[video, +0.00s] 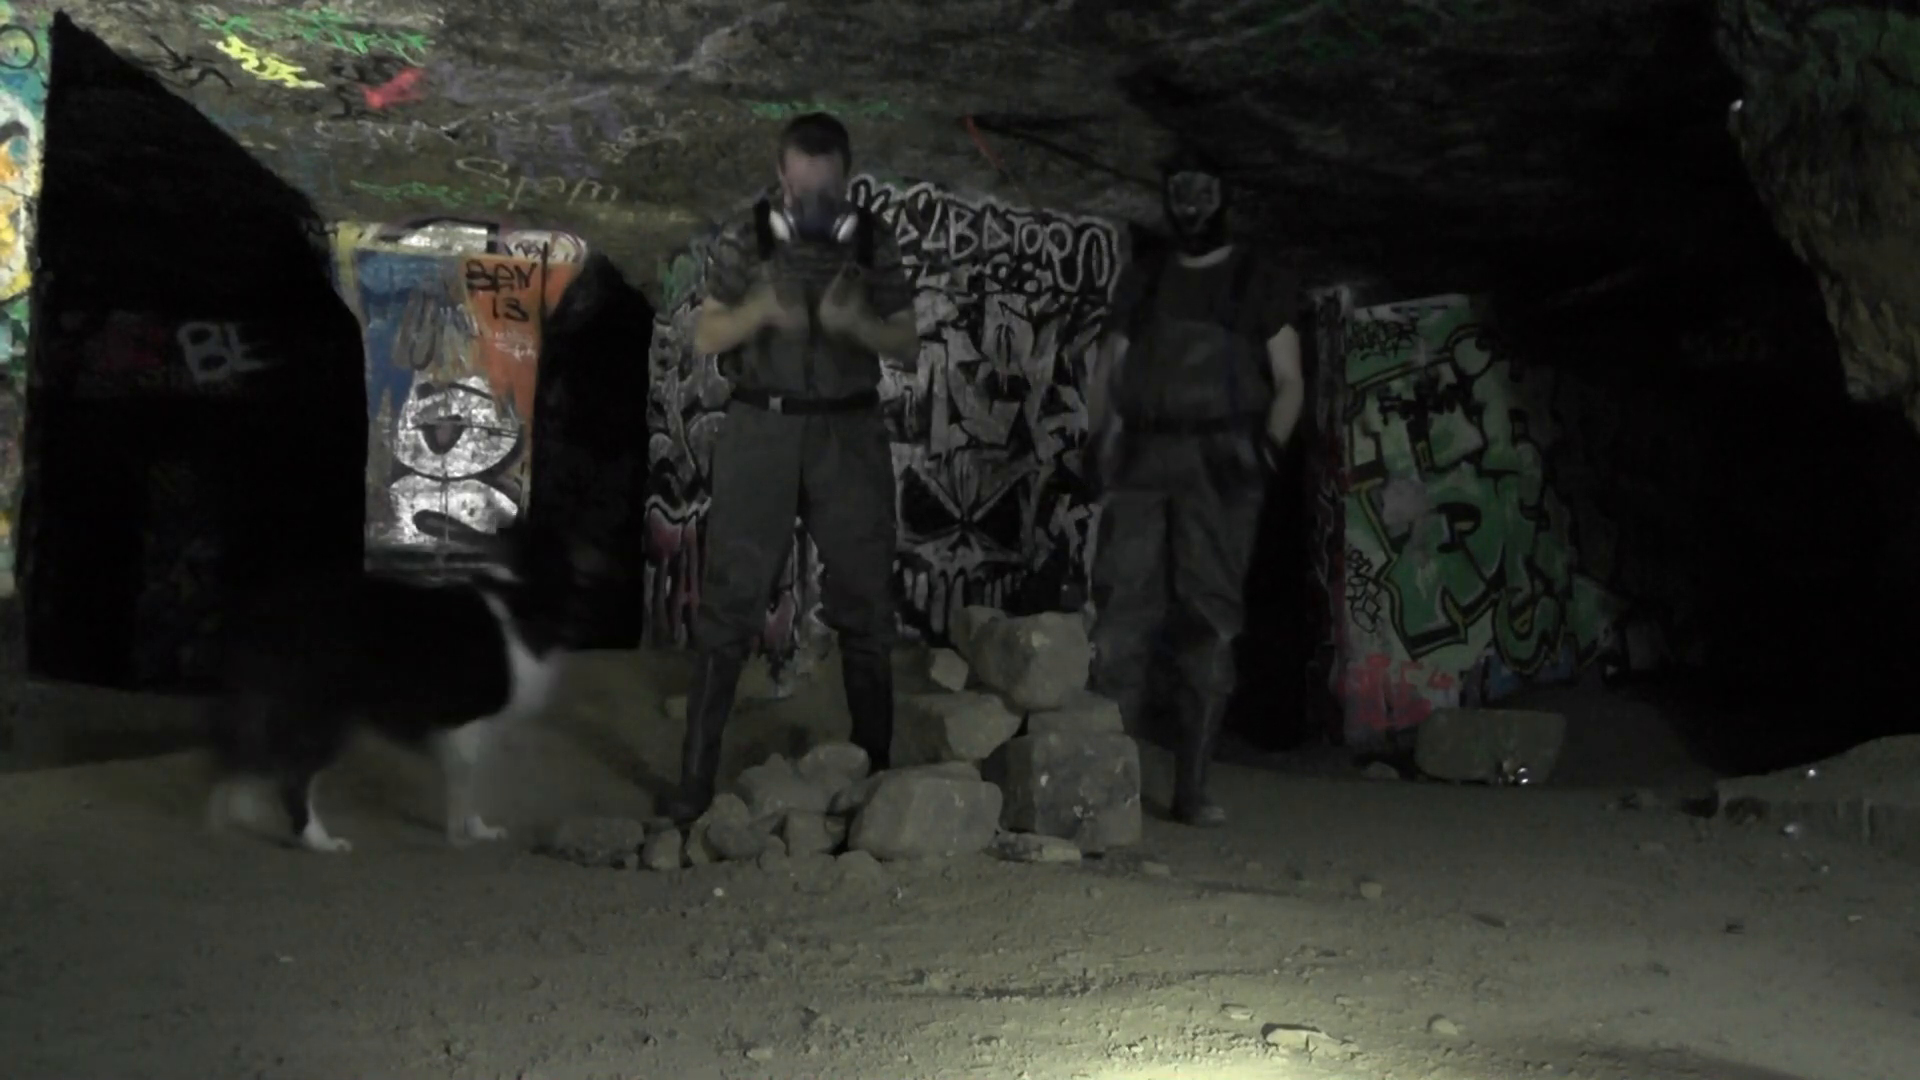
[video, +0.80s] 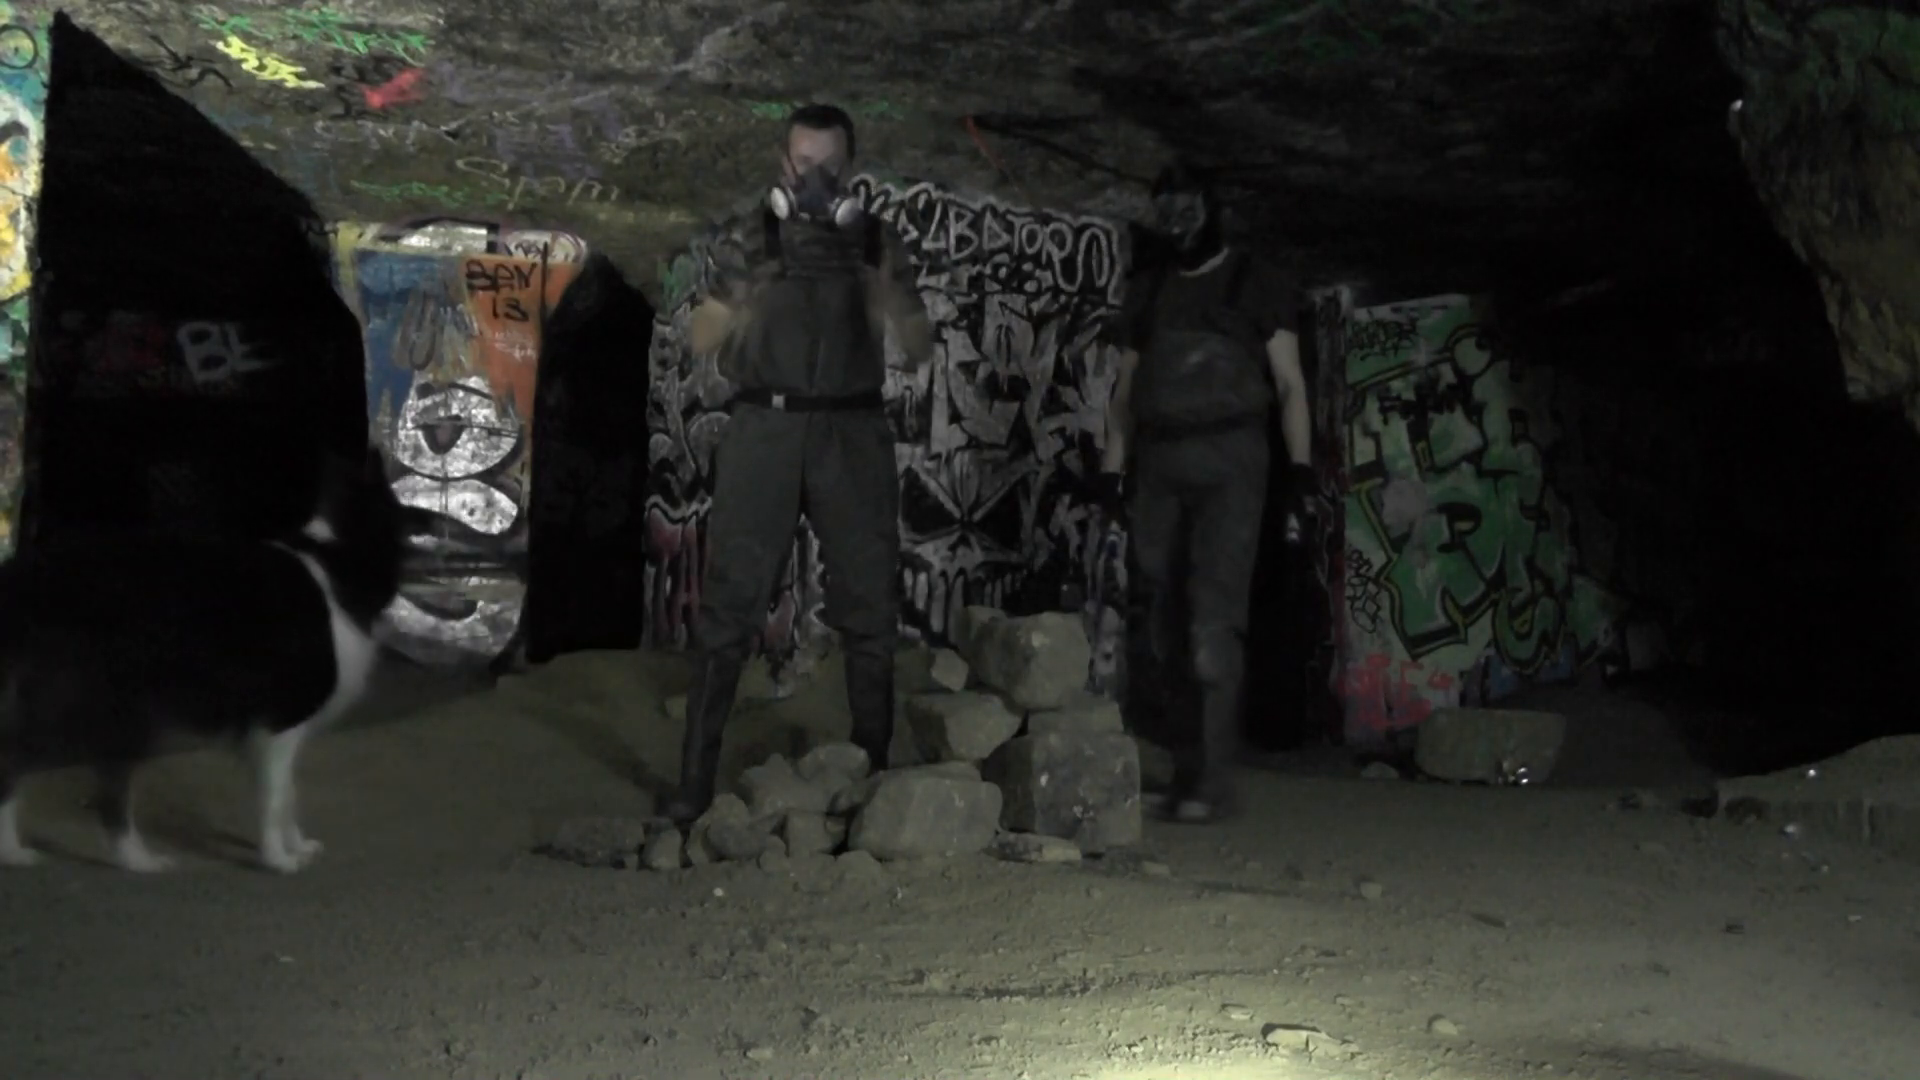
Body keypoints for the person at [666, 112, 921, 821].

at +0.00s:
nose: (812, 202)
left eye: (826, 188)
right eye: (800, 188)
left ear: (847, 177)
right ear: (780, 174)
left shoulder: (871, 239)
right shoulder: (743, 238)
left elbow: (906, 345)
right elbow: (705, 335)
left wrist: (855, 319)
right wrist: (762, 309)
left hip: (849, 444)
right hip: (759, 442)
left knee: (864, 612)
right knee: (731, 608)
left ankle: (875, 778)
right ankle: (695, 783)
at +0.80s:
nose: (815, 183)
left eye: (829, 170)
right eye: (804, 167)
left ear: (851, 168)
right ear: (784, 160)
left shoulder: (875, 239)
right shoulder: (744, 235)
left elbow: (916, 350)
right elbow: (699, 341)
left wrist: (881, 275)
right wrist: (744, 290)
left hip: (854, 441)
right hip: (763, 439)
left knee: (868, 613)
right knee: (732, 608)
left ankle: (874, 780)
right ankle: (695, 788)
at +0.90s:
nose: (815, 180)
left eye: (828, 169)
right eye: (804, 166)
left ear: (849, 167)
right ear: (785, 160)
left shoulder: (876, 240)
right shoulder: (750, 236)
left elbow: (918, 341)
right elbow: (709, 335)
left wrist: (930, 429)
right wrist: (694, 431)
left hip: (854, 442)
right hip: (762, 440)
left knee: (869, 613)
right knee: (731, 607)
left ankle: (873, 777)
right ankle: (694, 785)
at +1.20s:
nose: (820, 173)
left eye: (834, 161)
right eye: (808, 158)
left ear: (854, 164)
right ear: (785, 156)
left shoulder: (877, 236)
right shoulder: (754, 229)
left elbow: (925, 326)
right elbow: (701, 321)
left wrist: (959, 404)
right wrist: (639, 393)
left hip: (855, 441)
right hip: (764, 439)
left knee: (867, 612)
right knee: (733, 608)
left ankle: (873, 776)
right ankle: (694, 785)